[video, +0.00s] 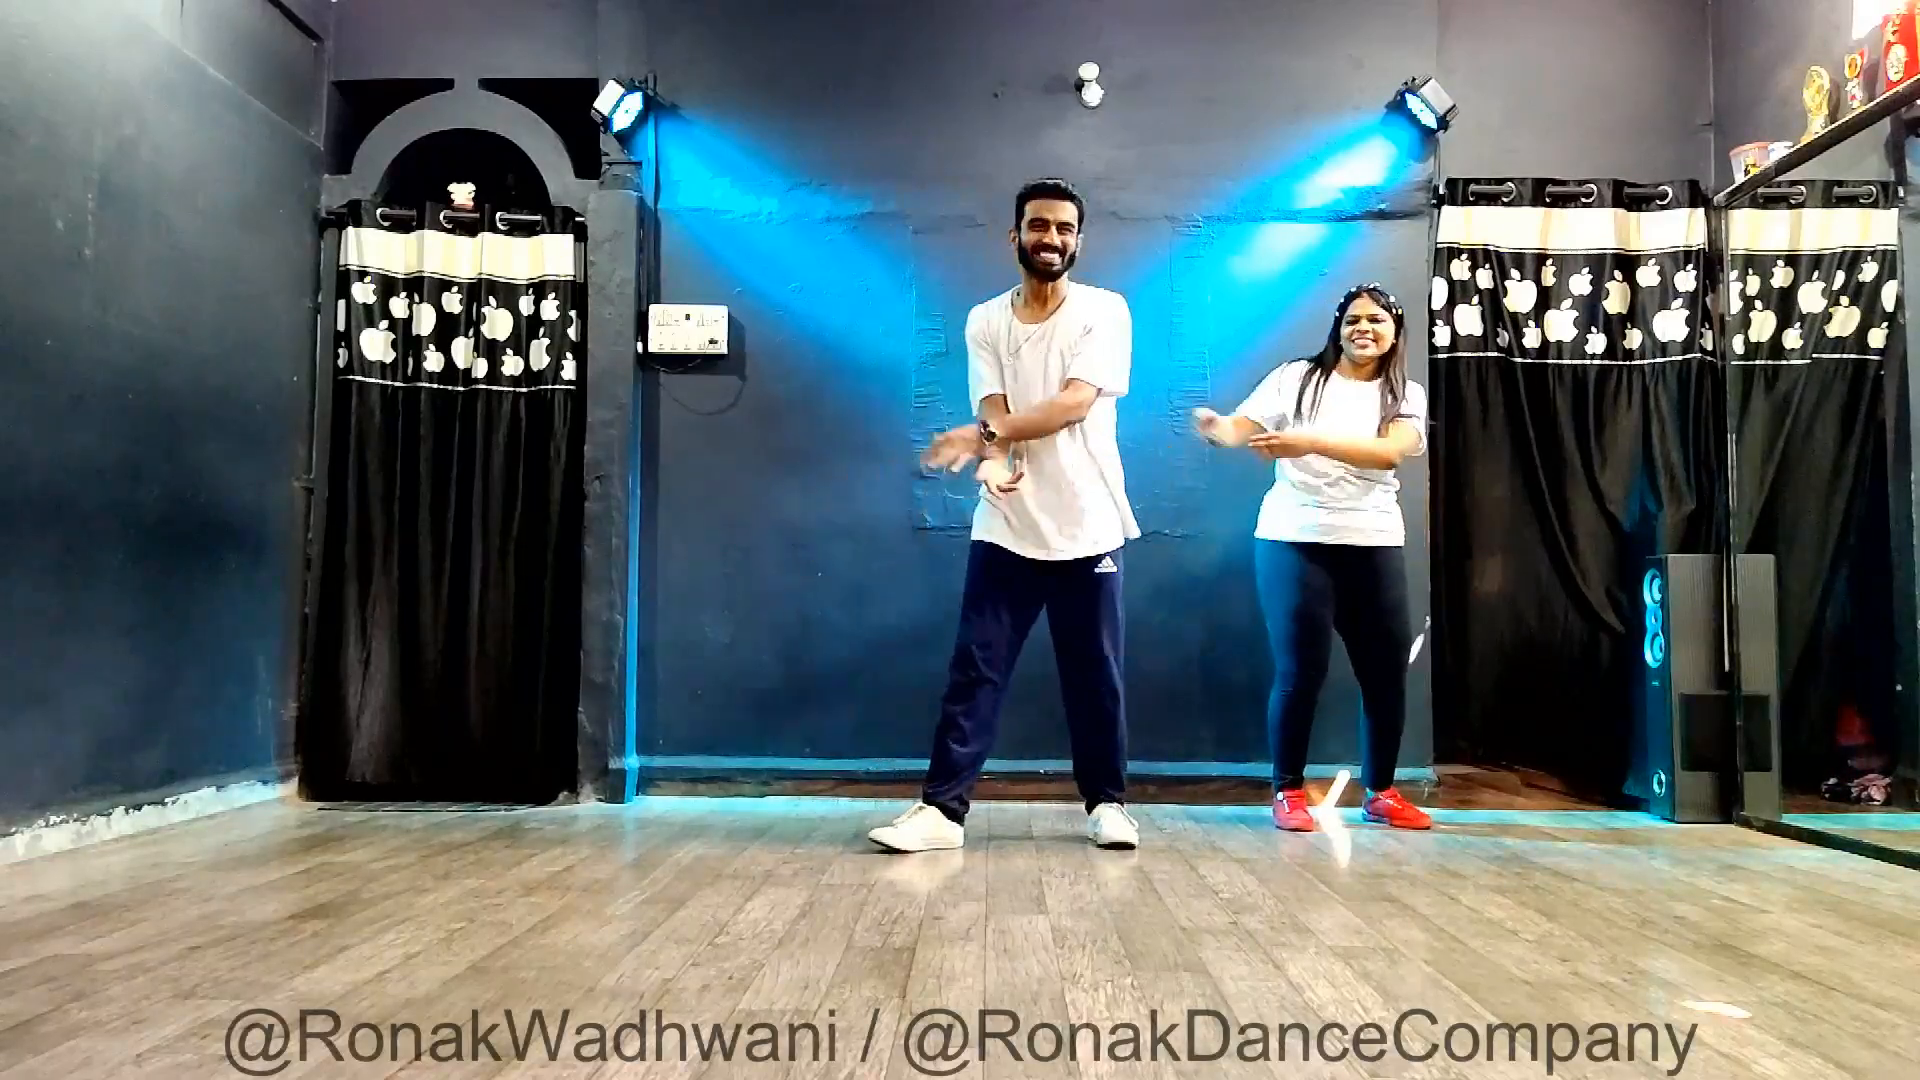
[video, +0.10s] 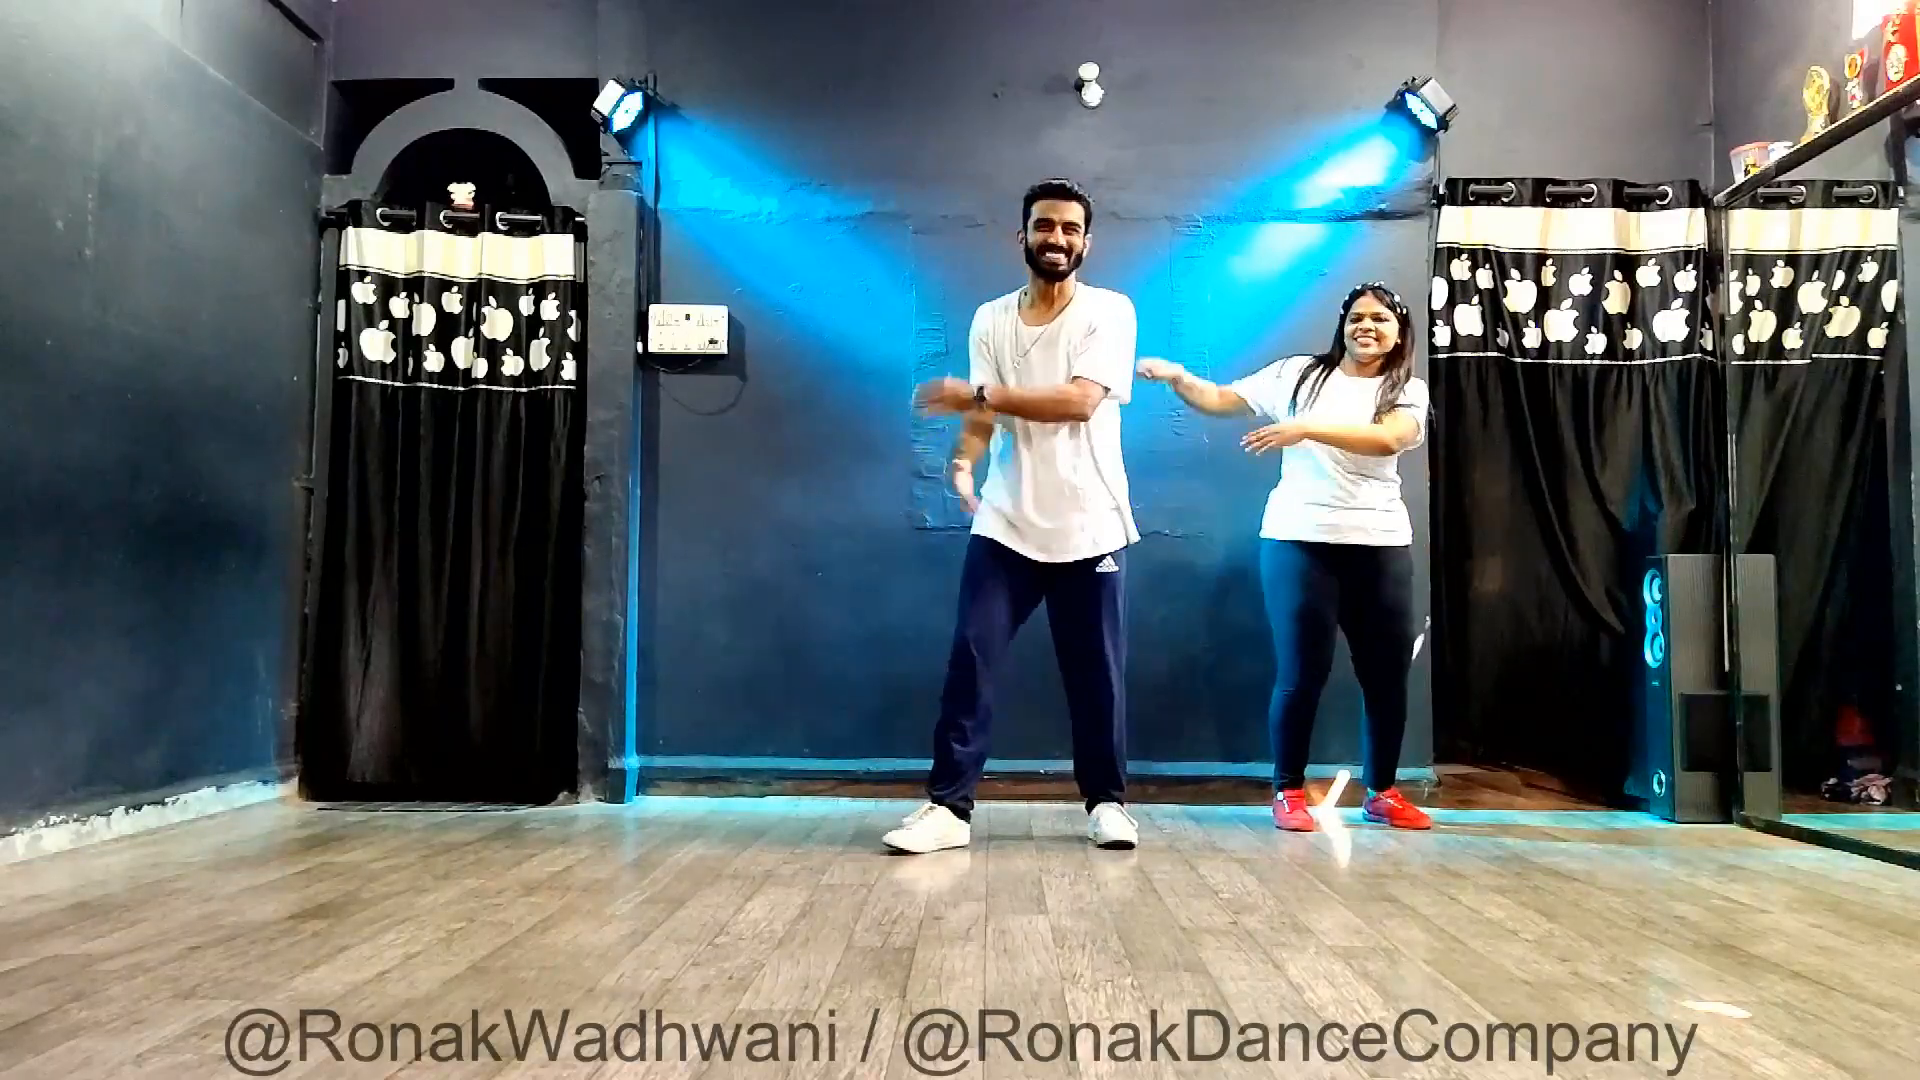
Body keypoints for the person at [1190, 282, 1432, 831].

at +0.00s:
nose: (1364, 329)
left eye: (1376, 321)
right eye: (1355, 320)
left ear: (1394, 333)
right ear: (1339, 329)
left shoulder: (1404, 391)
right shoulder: (1295, 377)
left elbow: (1392, 452)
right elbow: (1243, 428)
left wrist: (1310, 445)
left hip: (1373, 544)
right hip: (1296, 539)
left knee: (1385, 672)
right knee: (1300, 670)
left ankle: (1380, 793)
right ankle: (1289, 792)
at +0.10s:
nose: (1367, 326)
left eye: (1379, 319)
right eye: (1357, 319)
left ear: (1398, 333)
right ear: (1343, 329)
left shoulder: (1408, 386)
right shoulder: (1299, 373)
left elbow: (1392, 438)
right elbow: (1221, 400)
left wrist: (1304, 429)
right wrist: (1181, 378)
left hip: (1378, 544)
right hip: (1298, 538)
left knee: (1386, 675)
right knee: (1302, 671)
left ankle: (1381, 792)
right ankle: (1289, 793)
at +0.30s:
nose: (1324, 328)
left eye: (1336, 319)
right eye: (1313, 320)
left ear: (1359, 325)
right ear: (1302, 329)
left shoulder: (1383, 366)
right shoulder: (1286, 374)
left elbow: (1395, 425)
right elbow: (1247, 356)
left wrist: (1328, 468)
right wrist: (1213, 316)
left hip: (1385, 540)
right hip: (1306, 538)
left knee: (1392, 669)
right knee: (1299, 644)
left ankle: (1392, 791)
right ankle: (1292, 775)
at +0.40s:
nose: (1291, 348)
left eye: (1301, 337)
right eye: (1279, 341)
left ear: (1322, 339)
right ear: (1265, 349)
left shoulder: (1356, 382)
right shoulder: (1273, 397)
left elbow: (1410, 460)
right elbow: (1252, 413)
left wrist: (1401, 546)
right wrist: (1195, 401)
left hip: (1380, 547)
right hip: (1304, 544)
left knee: (1390, 677)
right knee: (1293, 655)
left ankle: (1399, 790)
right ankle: (1293, 784)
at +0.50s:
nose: (1272, 358)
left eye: (1276, 346)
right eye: (1256, 357)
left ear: (1293, 351)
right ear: (1244, 379)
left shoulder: (1352, 402)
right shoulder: (1250, 430)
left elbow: (1419, 473)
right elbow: (1232, 481)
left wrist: (1448, 550)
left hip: (1386, 562)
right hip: (1301, 566)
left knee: (1393, 684)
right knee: (1284, 676)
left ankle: (1400, 790)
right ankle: (1289, 797)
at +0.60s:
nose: (1272, 336)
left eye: (1278, 326)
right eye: (1257, 334)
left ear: (1295, 334)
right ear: (1243, 357)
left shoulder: (1345, 377)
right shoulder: (1242, 426)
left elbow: (1413, 417)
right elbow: (1236, 522)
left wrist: (1465, 468)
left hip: (1380, 543)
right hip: (1298, 561)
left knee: (1446, 632)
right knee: (1281, 669)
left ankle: (1411, 737)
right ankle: (1289, 798)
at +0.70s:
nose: (1289, 301)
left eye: (1298, 292)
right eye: (1276, 296)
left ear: (1315, 302)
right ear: (1260, 312)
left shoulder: (1347, 346)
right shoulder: (1253, 380)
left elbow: (1396, 377)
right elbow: (1270, 455)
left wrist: (1449, 415)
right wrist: (1283, 520)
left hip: (1372, 520)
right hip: (1301, 540)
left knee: (1468, 538)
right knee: (1294, 680)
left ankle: (1427, 667)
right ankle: (1288, 794)